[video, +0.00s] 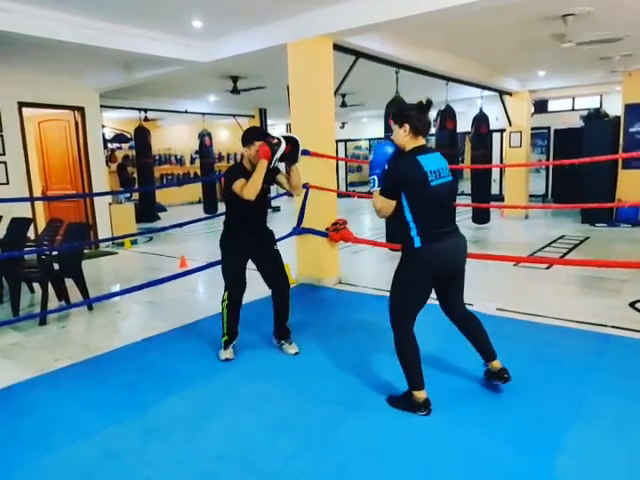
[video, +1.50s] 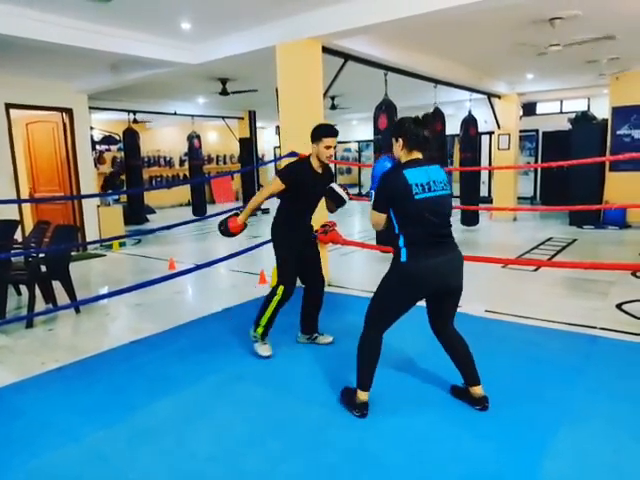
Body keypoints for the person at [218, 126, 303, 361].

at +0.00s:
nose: (263, 154)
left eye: (265, 149)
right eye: (259, 148)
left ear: (266, 151)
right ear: (246, 148)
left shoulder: (266, 170)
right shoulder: (232, 173)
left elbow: (295, 190)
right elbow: (249, 194)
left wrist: (290, 161)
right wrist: (264, 161)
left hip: (261, 237)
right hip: (235, 239)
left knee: (281, 285)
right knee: (234, 289)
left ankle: (282, 336)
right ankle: (228, 341)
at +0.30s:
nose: (265, 147)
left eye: (267, 142)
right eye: (261, 142)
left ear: (268, 144)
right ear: (247, 143)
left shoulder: (270, 167)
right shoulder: (235, 168)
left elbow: (299, 185)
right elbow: (248, 191)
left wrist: (295, 156)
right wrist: (265, 159)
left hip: (267, 239)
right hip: (240, 241)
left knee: (289, 287)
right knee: (233, 296)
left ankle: (291, 336)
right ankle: (225, 342)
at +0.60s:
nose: (273, 146)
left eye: (274, 141)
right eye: (268, 141)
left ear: (275, 143)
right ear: (254, 142)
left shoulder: (276, 166)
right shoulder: (241, 169)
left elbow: (310, 179)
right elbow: (247, 193)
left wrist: (317, 156)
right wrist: (256, 161)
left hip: (272, 238)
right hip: (247, 241)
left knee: (292, 288)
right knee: (236, 295)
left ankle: (288, 337)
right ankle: (223, 342)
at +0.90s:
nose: (269, 147)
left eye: (271, 142)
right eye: (264, 142)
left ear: (270, 143)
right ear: (249, 143)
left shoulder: (267, 169)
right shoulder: (240, 168)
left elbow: (271, 202)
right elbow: (250, 191)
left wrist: (286, 196)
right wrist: (282, 170)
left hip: (265, 239)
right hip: (241, 241)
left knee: (284, 288)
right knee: (233, 294)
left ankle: (285, 338)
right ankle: (220, 343)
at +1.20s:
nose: (291, 156)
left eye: (293, 152)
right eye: (288, 151)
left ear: (291, 152)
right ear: (273, 149)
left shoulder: (283, 178)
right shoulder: (256, 173)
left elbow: (276, 208)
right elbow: (232, 196)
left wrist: (296, 205)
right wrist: (228, 225)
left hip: (272, 241)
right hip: (248, 243)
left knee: (298, 284)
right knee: (234, 295)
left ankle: (307, 332)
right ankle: (217, 345)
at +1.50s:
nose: (331, 153)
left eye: (334, 148)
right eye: (327, 148)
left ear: (334, 147)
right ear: (314, 146)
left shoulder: (327, 173)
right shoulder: (295, 170)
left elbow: (331, 207)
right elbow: (264, 193)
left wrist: (338, 198)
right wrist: (241, 219)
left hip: (304, 229)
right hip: (284, 230)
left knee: (315, 283)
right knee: (286, 285)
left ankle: (308, 333)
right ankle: (259, 334)